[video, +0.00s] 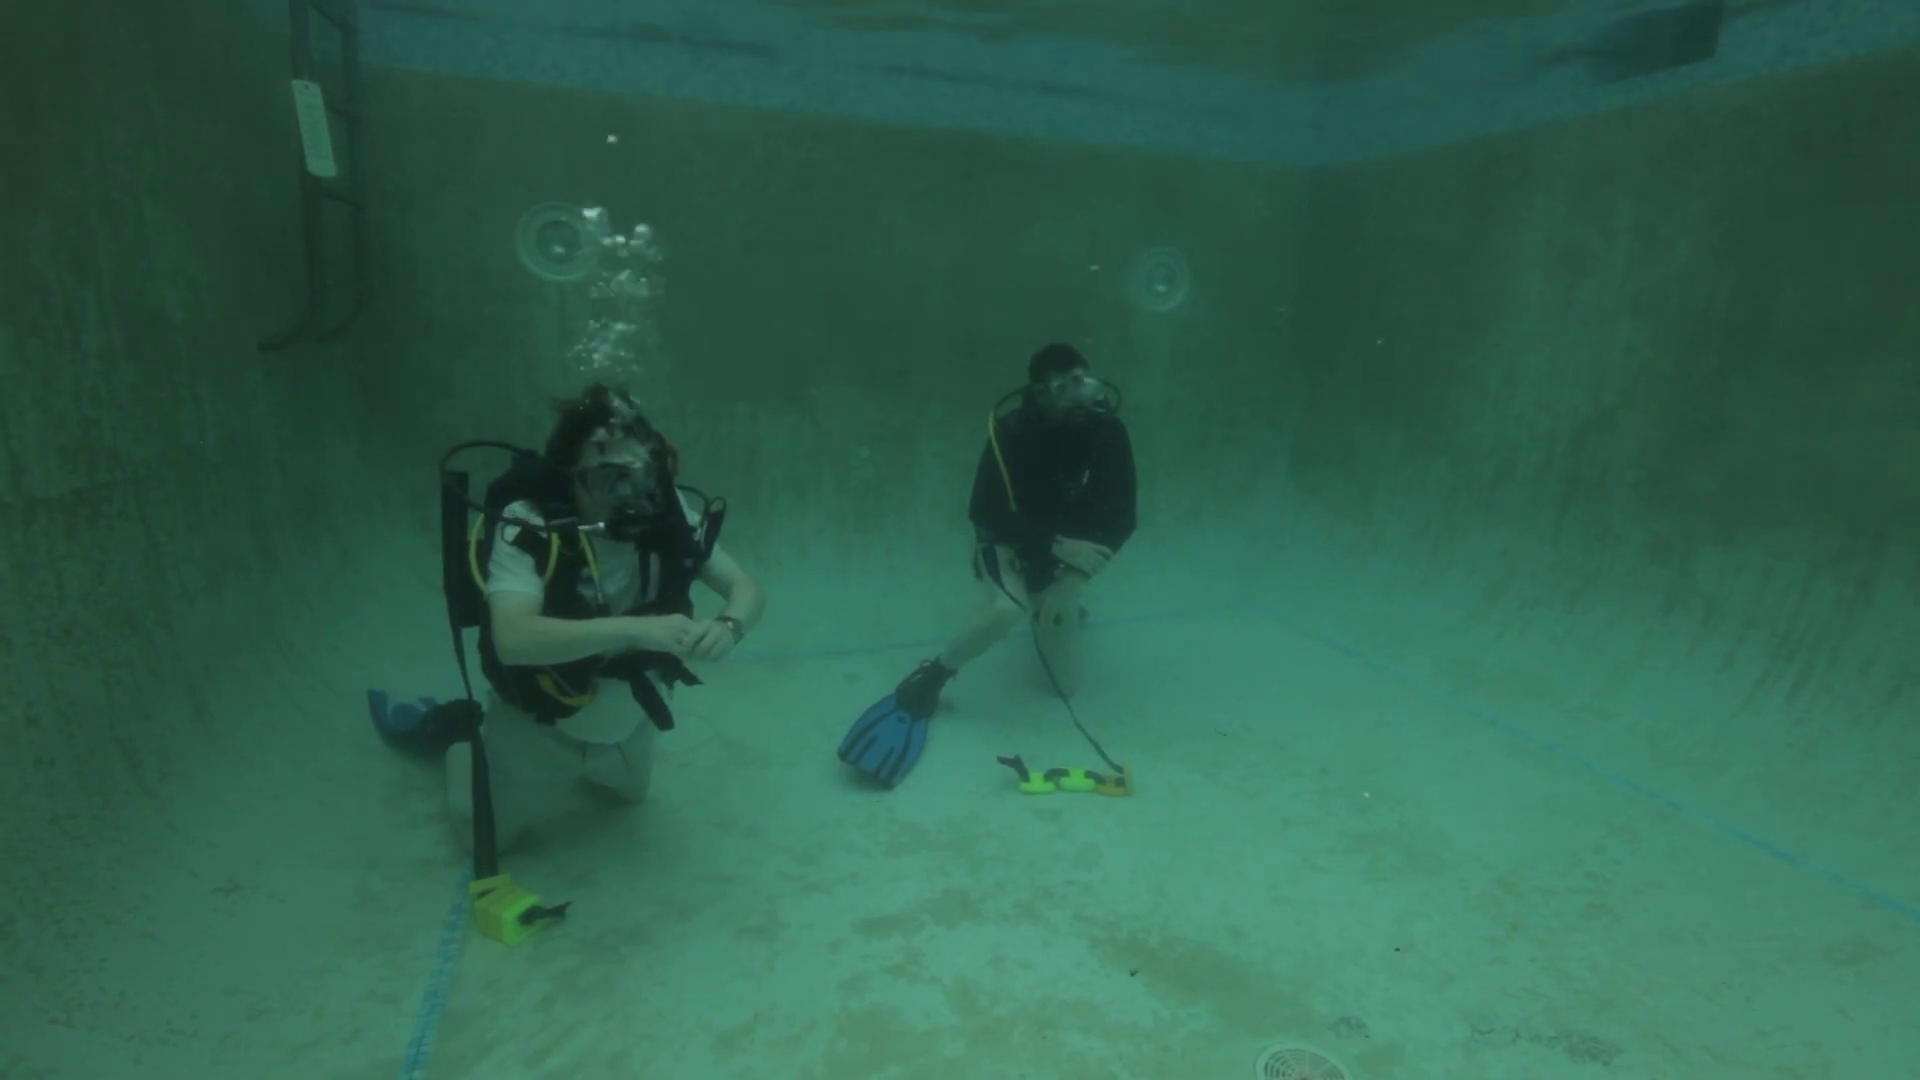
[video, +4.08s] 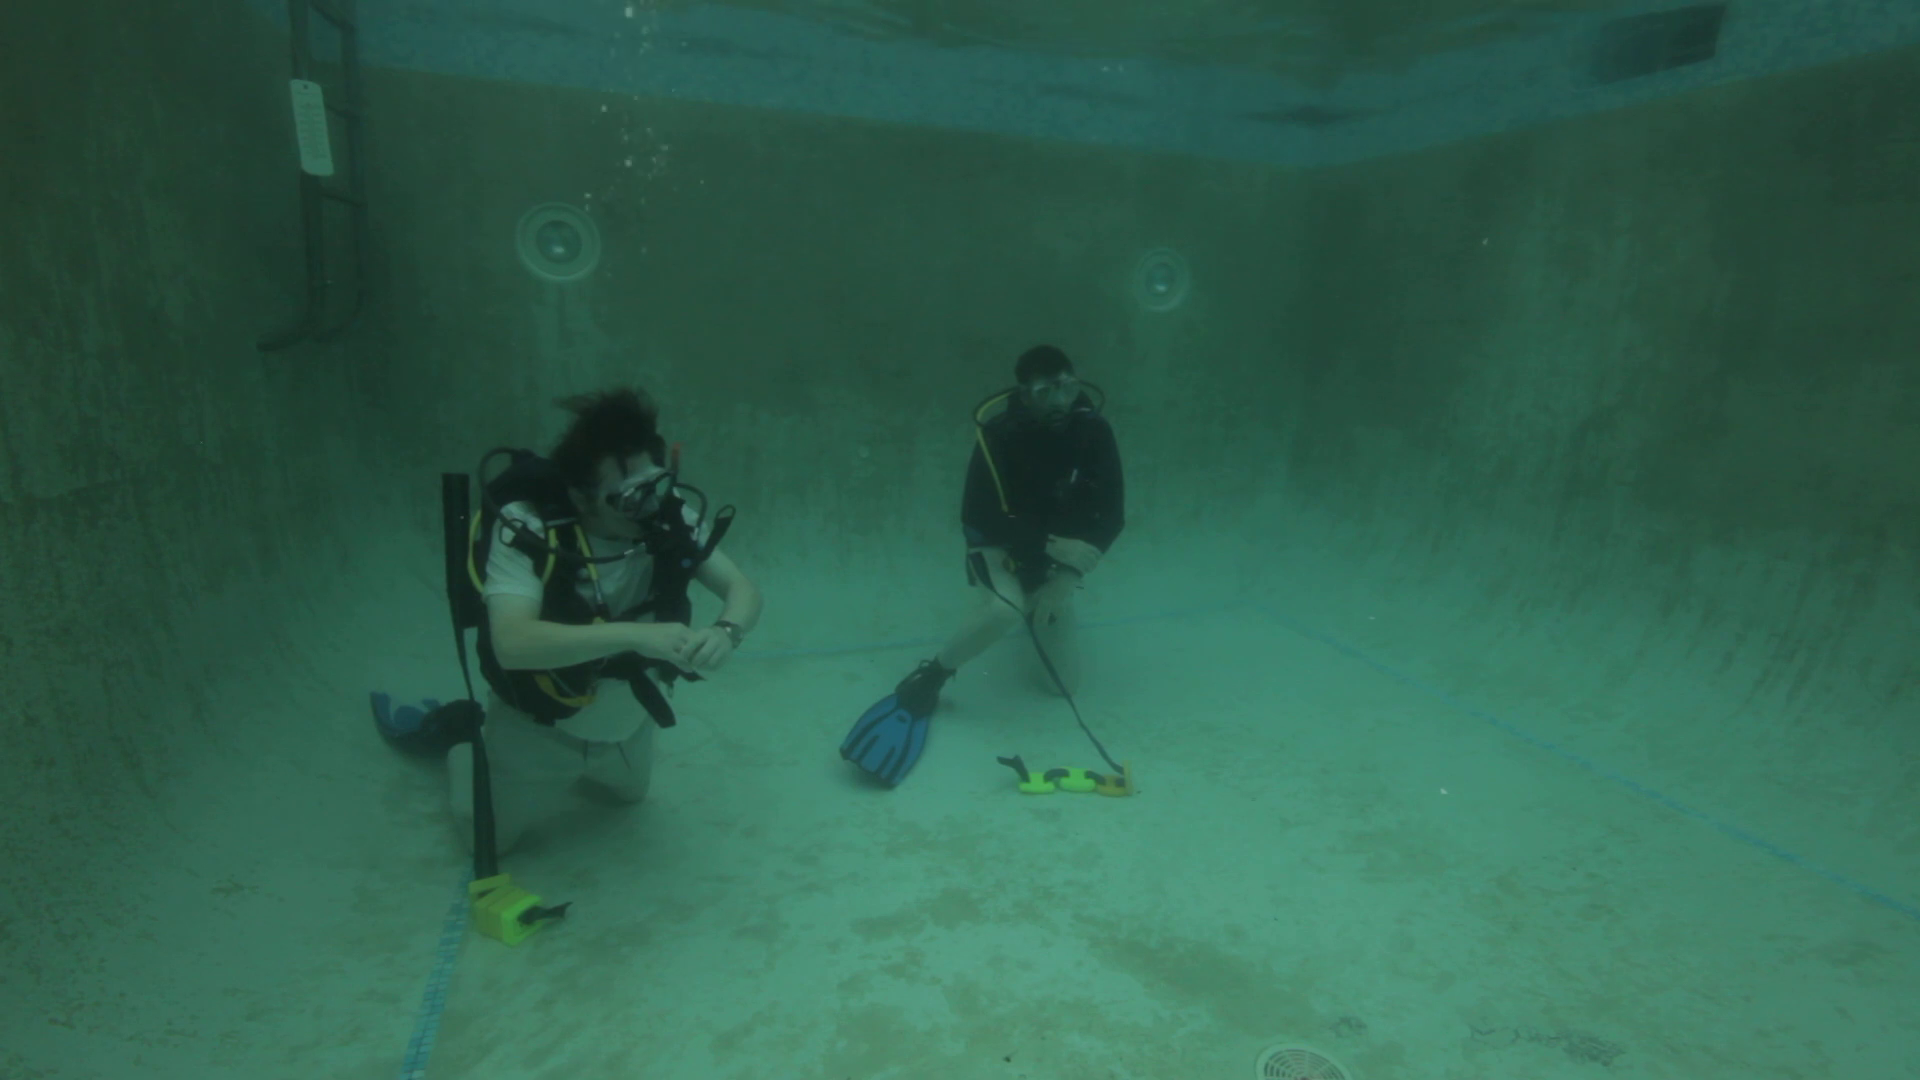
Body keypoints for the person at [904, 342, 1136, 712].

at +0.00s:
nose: (1080, 393)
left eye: (1082, 381)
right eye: (1066, 385)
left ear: (1090, 380)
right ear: (1041, 393)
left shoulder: (1107, 431)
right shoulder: (1012, 430)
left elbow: (1121, 517)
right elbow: (986, 510)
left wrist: (1073, 581)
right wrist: (1050, 545)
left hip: (1072, 549)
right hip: (1011, 541)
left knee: (1066, 682)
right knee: (1008, 609)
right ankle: (933, 675)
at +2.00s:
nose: (1074, 397)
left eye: (1079, 385)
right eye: (1062, 388)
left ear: (1089, 385)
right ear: (1039, 392)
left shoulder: (1106, 431)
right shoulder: (1014, 431)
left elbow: (1120, 518)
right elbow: (987, 513)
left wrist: (1069, 585)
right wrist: (1058, 546)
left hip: (1067, 552)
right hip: (1009, 544)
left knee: (1067, 681)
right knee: (1009, 611)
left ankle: (1048, 609)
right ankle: (930, 679)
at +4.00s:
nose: (1062, 398)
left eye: (1067, 386)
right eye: (1050, 390)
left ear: (1076, 384)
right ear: (1027, 392)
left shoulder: (1093, 430)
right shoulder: (1001, 430)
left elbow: (1110, 514)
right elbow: (979, 514)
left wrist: (1063, 582)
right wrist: (1053, 545)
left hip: (1058, 551)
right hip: (1000, 542)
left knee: (1065, 679)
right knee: (1005, 610)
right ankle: (930, 678)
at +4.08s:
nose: (1060, 398)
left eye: (1066, 387)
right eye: (1049, 389)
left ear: (1075, 385)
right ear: (1026, 391)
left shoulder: (1093, 429)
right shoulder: (1000, 429)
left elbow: (1110, 513)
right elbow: (980, 514)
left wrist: (1066, 579)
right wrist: (1052, 546)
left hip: (1061, 550)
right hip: (1001, 542)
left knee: (1063, 680)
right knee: (1005, 608)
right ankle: (930, 678)